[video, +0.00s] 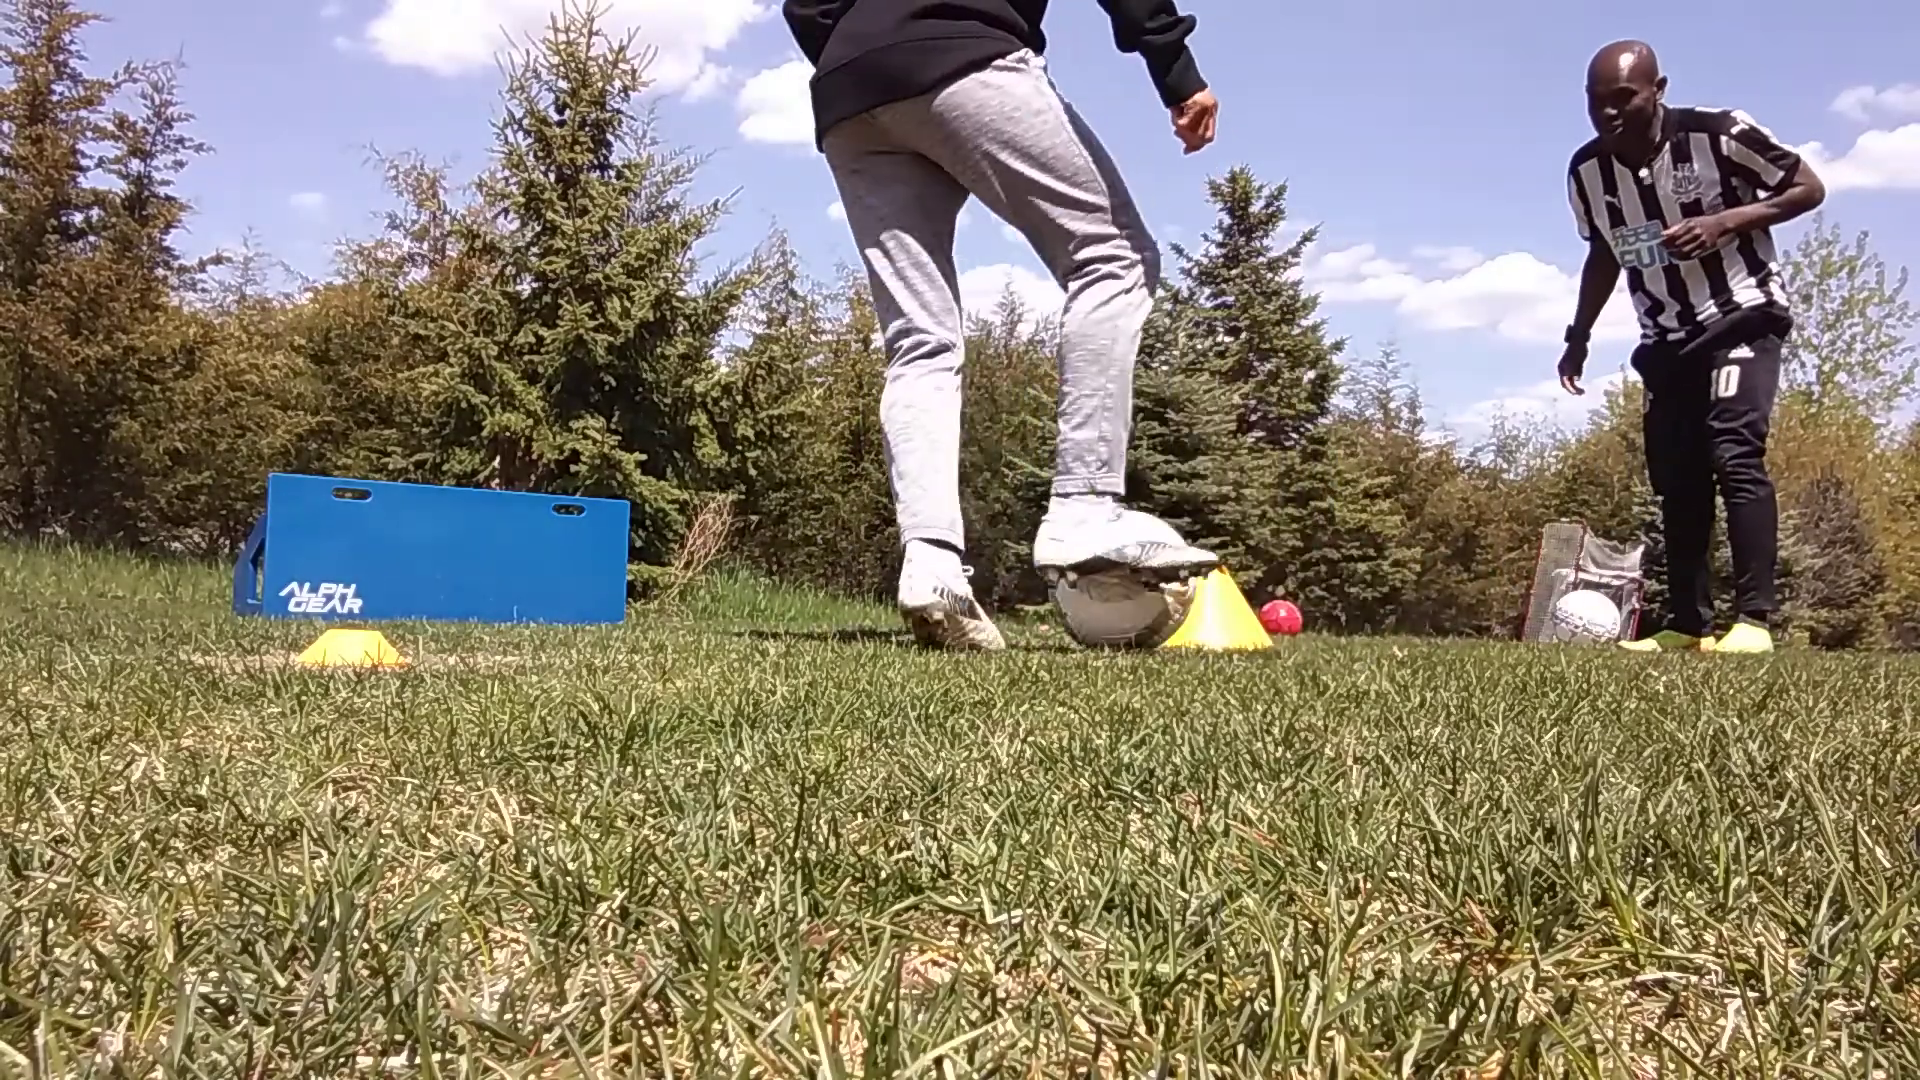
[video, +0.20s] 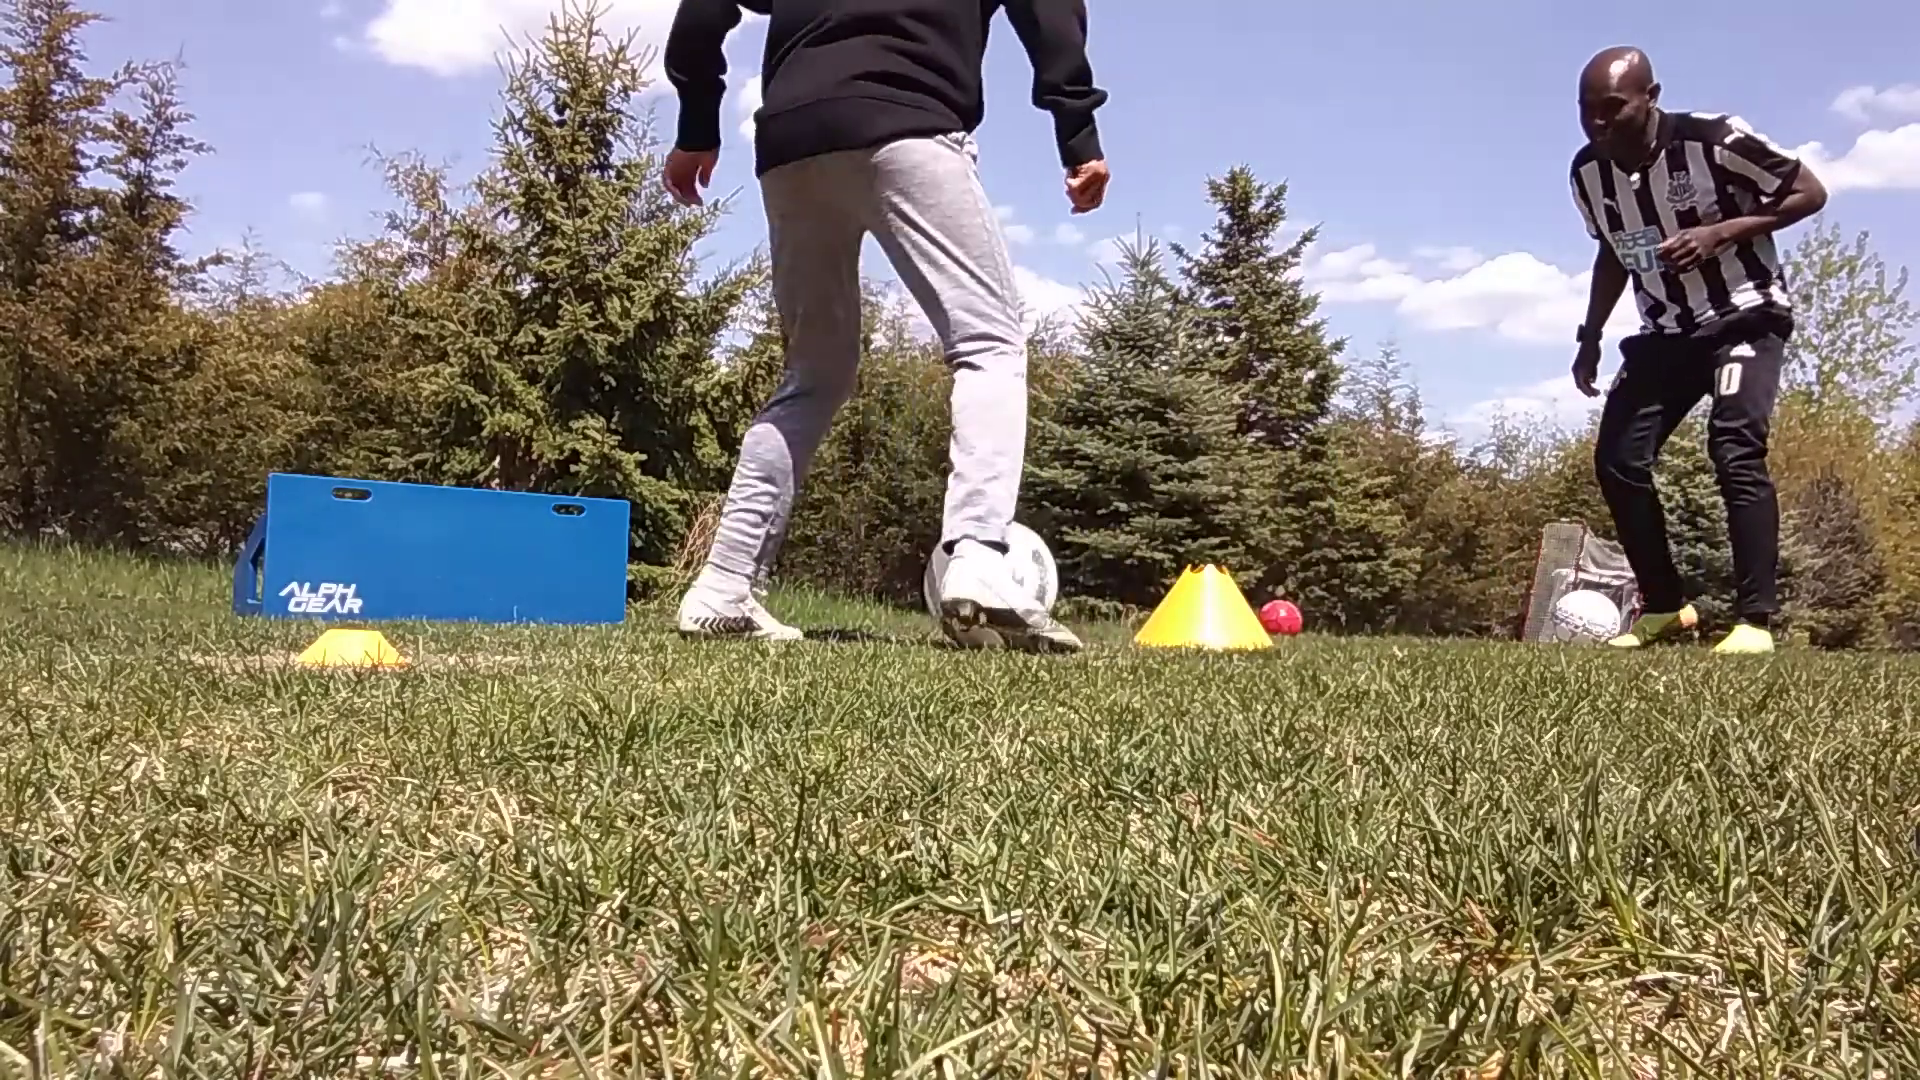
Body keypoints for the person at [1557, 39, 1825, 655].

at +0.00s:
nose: (1607, 114)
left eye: (1621, 100)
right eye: (1597, 103)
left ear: (1657, 92)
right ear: (1587, 102)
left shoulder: (1721, 133)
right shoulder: (1588, 171)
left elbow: (1808, 188)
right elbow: (1604, 253)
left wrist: (1725, 220)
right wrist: (1580, 333)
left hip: (1742, 319)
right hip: (1667, 338)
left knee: (1735, 457)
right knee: (1677, 479)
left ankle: (1754, 622)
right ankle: (1689, 625)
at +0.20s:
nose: (1593, 121)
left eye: (1608, 108)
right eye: (1586, 108)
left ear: (1650, 100)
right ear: (1579, 105)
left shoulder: (1715, 139)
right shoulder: (1588, 174)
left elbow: (1809, 192)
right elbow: (1614, 253)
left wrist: (1721, 230)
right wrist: (1591, 333)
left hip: (1746, 321)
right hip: (1667, 335)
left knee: (1735, 453)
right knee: (1618, 461)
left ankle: (1755, 623)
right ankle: (1666, 608)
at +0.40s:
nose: (1569, 127)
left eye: (1583, 114)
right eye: (1563, 114)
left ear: (1627, 105)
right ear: (1557, 111)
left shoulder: (1697, 144)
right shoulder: (1565, 178)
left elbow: (1783, 197)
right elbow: (1587, 256)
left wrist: (1714, 267)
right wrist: (1583, 335)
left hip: (1723, 324)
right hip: (1644, 336)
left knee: (1723, 453)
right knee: (1608, 476)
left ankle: (1754, 622)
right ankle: (1595, 619)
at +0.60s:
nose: (1552, 153)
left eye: (1566, 139)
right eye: (1545, 139)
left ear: (1607, 130)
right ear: (1538, 137)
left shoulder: (1674, 166)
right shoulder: (1536, 204)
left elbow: (1744, 212)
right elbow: (1549, 275)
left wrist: (1701, 303)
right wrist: (1549, 354)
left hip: (1702, 337)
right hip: (1619, 351)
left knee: (1725, 463)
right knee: (1598, 475)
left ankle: (1755, 617)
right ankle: (1599, 621)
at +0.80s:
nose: (1563, 159)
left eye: (1577, 145)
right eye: (1554, 147)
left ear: (1614, 139)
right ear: (1545, 145)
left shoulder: (1677, 176)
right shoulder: (1538, 209)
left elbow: (1743, 224)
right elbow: (1547, 276)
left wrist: (1700, 315)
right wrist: (1541, 359)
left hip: (1699, 339)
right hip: (1617, 352)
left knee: (1725, 471)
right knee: (1598, 480)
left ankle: (1754, 619)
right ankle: (1598, 621)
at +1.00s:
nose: (1581, 159)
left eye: (1596, 145)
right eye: (1571, 146)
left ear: (1632, 140)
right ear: (1561, 144)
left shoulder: (1692, 177)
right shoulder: (1550, 206)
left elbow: (1754, 225)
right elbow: (1559, 272)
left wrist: (1708, 316)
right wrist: (1554, 357)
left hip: (1706, 340)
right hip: (1623, 351)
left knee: (1728, 471)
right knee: (1603, 480)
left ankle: (1754, 620)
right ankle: (1599, 622)